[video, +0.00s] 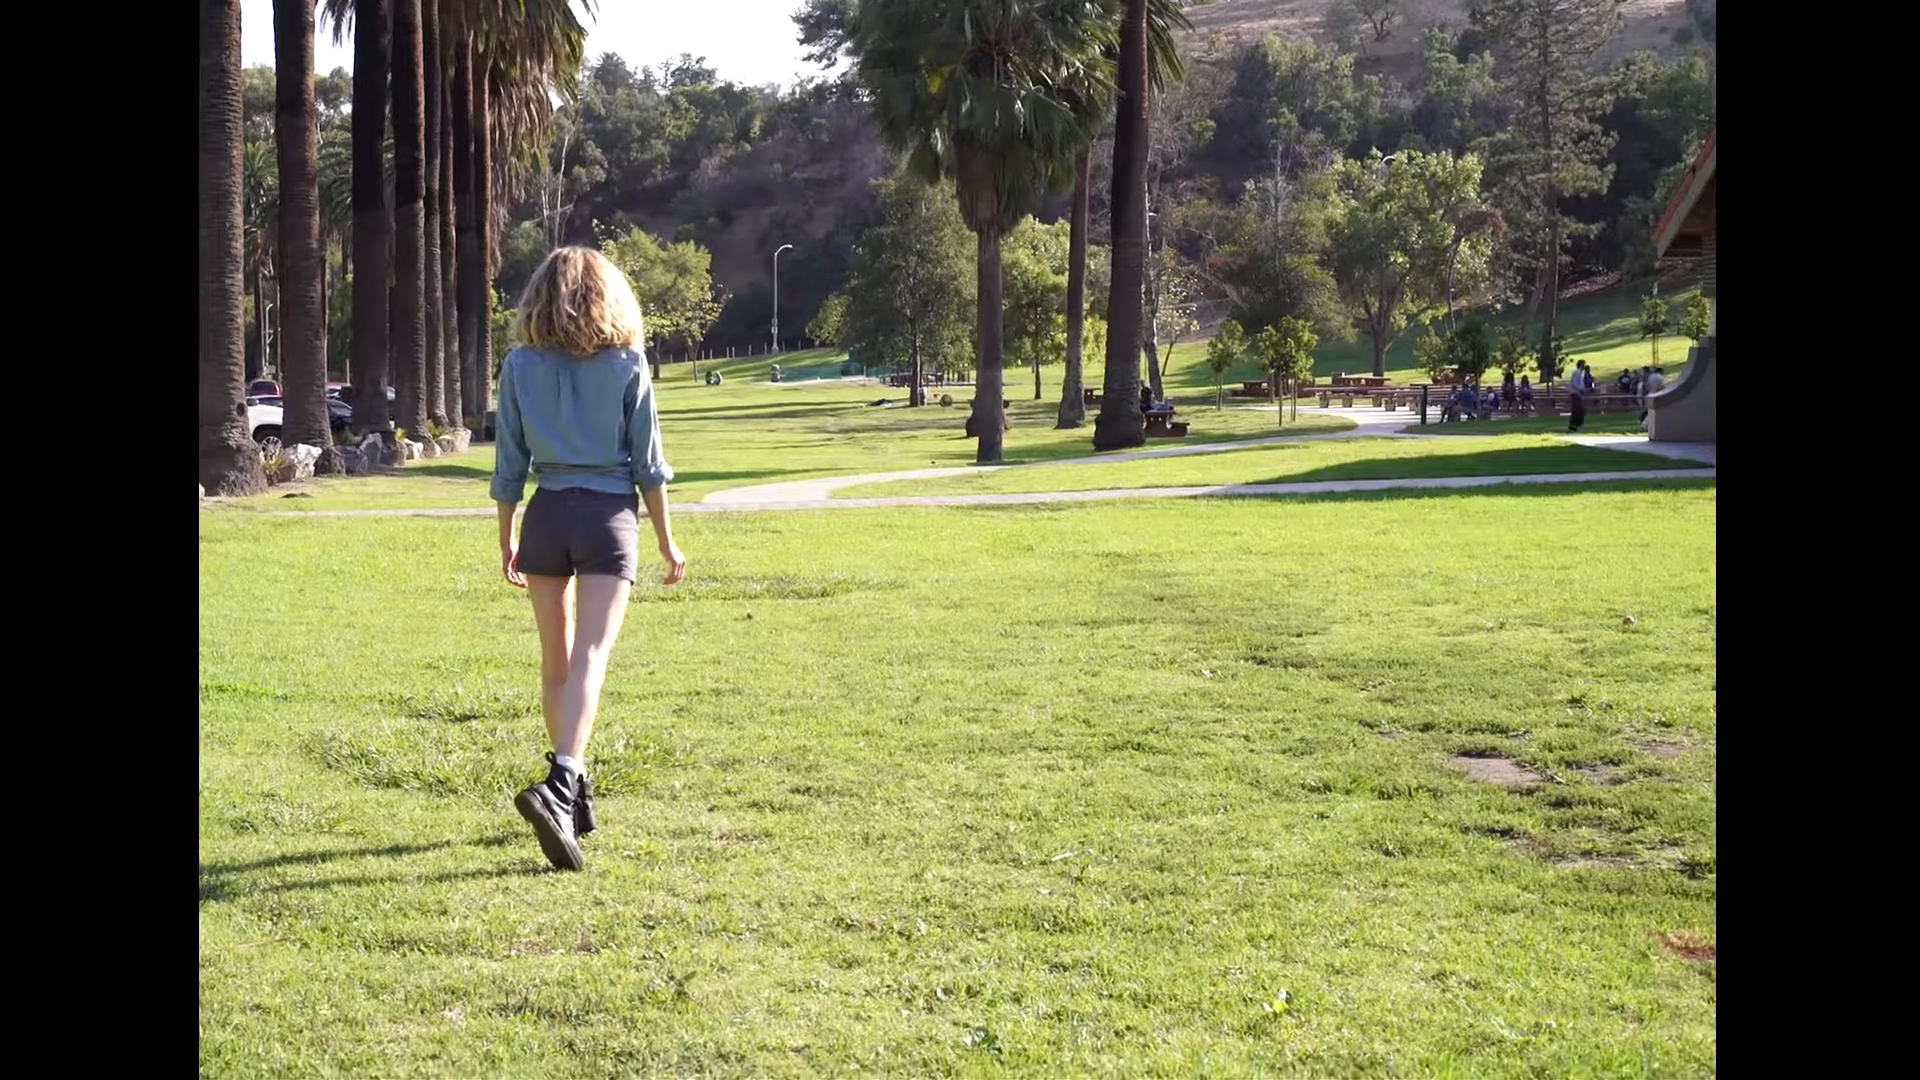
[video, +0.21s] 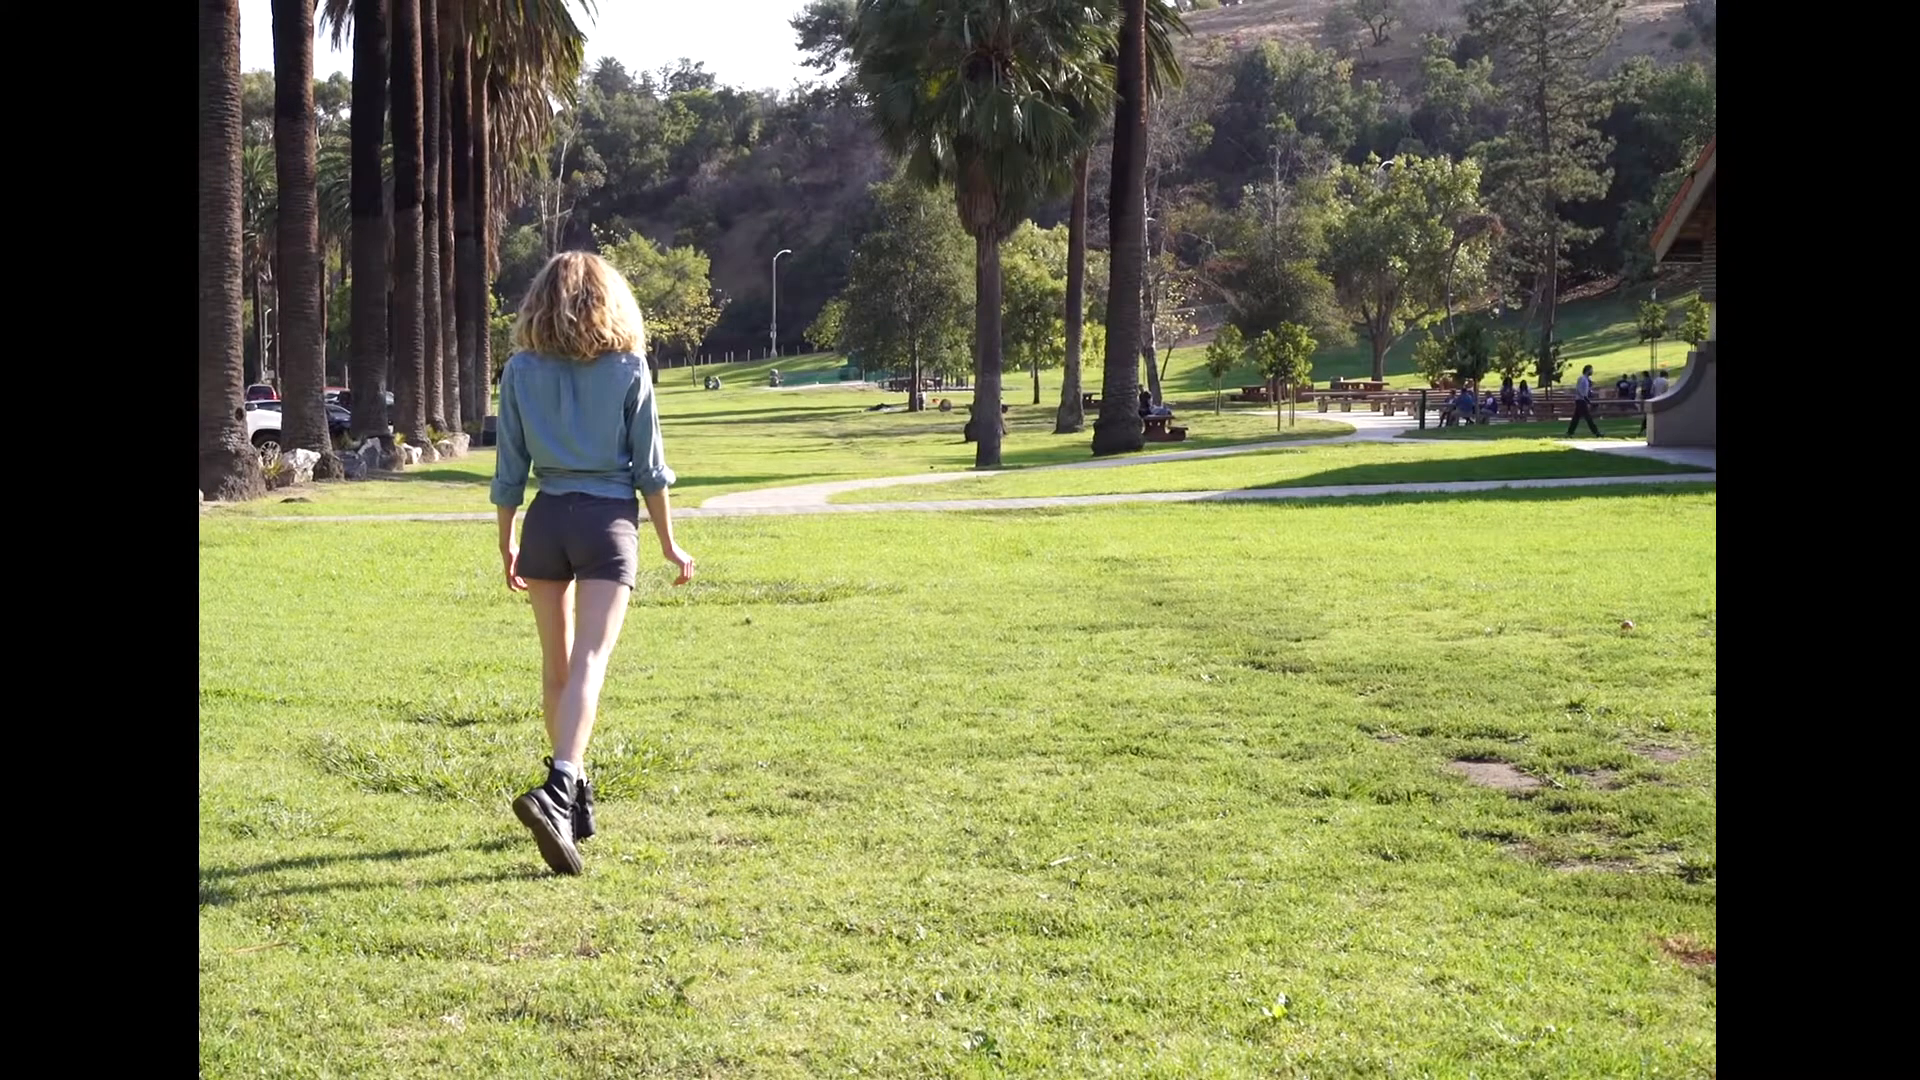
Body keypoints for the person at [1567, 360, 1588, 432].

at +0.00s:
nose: (1584, 366)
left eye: (1584, 364)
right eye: (1583, 364)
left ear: (1579, 365)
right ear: (1580, 365)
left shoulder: (1580, 373)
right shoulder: (1577, 373)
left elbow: (1579, 382)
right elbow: (1574, 383)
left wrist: (1582, 388)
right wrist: (1580, 388)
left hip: (1578, 394)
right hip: (1575, 394)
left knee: (1577, 411)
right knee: (1577, 411)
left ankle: (1574, 426)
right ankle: (1573, 426)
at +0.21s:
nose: (1592, 372)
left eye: (1592, 370)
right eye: (1591, 370)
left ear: (1586, 371)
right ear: (1587, 371)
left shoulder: (1586, 380)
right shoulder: (1582, 379)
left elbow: (1586, 390)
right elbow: (1579, 389)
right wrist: (1585, 396)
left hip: (1582, 400)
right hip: (1580, 400)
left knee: (1576, 417)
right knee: (1588, 417)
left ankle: (1570, 432)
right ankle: (1596, 432)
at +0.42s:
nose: (1601, 372)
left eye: (1601, 370)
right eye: (1600, 370)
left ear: (1595, 370)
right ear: (1597, 371)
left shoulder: (1591, 378)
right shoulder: (1594, 379)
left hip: (1588, 400)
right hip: (1592, 400)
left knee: (1583, 416)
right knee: (1597, 416)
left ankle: (1574, 430)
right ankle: (1599, 432)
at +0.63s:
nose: (1610, 371)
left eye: (1611, 369)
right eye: (1610, 369)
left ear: (1605, 369)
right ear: (1606, 369)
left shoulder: (1605, 378)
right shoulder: (1601, 378)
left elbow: (1610, 381)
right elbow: (1597, 389)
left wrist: (1612, 374)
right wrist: (1598, 398)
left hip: (1604, 399)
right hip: (1601, 399)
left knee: (1602, 416)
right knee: (1603, 416)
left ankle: (1592, 426)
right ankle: (1601, 433)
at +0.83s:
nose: (1617, 371)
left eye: (1617, 369)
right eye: (1616, 369)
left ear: (1612, 369)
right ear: (1613, 369)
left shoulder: (1612, 378)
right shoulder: (1607, 378)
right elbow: (1605, 390)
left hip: (1610, 399)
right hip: (1606, 400)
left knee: (1605, 417)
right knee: (1613, 415)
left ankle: (1601, 433)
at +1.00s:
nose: (1624, 372)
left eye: (1623, 370)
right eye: (1622, 370)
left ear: (1618, 371)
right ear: (1619, 371)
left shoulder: (1618, 379)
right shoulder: (1614, 379)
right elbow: (1611, 390)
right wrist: (1612, 399)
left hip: (1616, 400)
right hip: (1612, 401)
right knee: (1606, 417)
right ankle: (1601, 433)